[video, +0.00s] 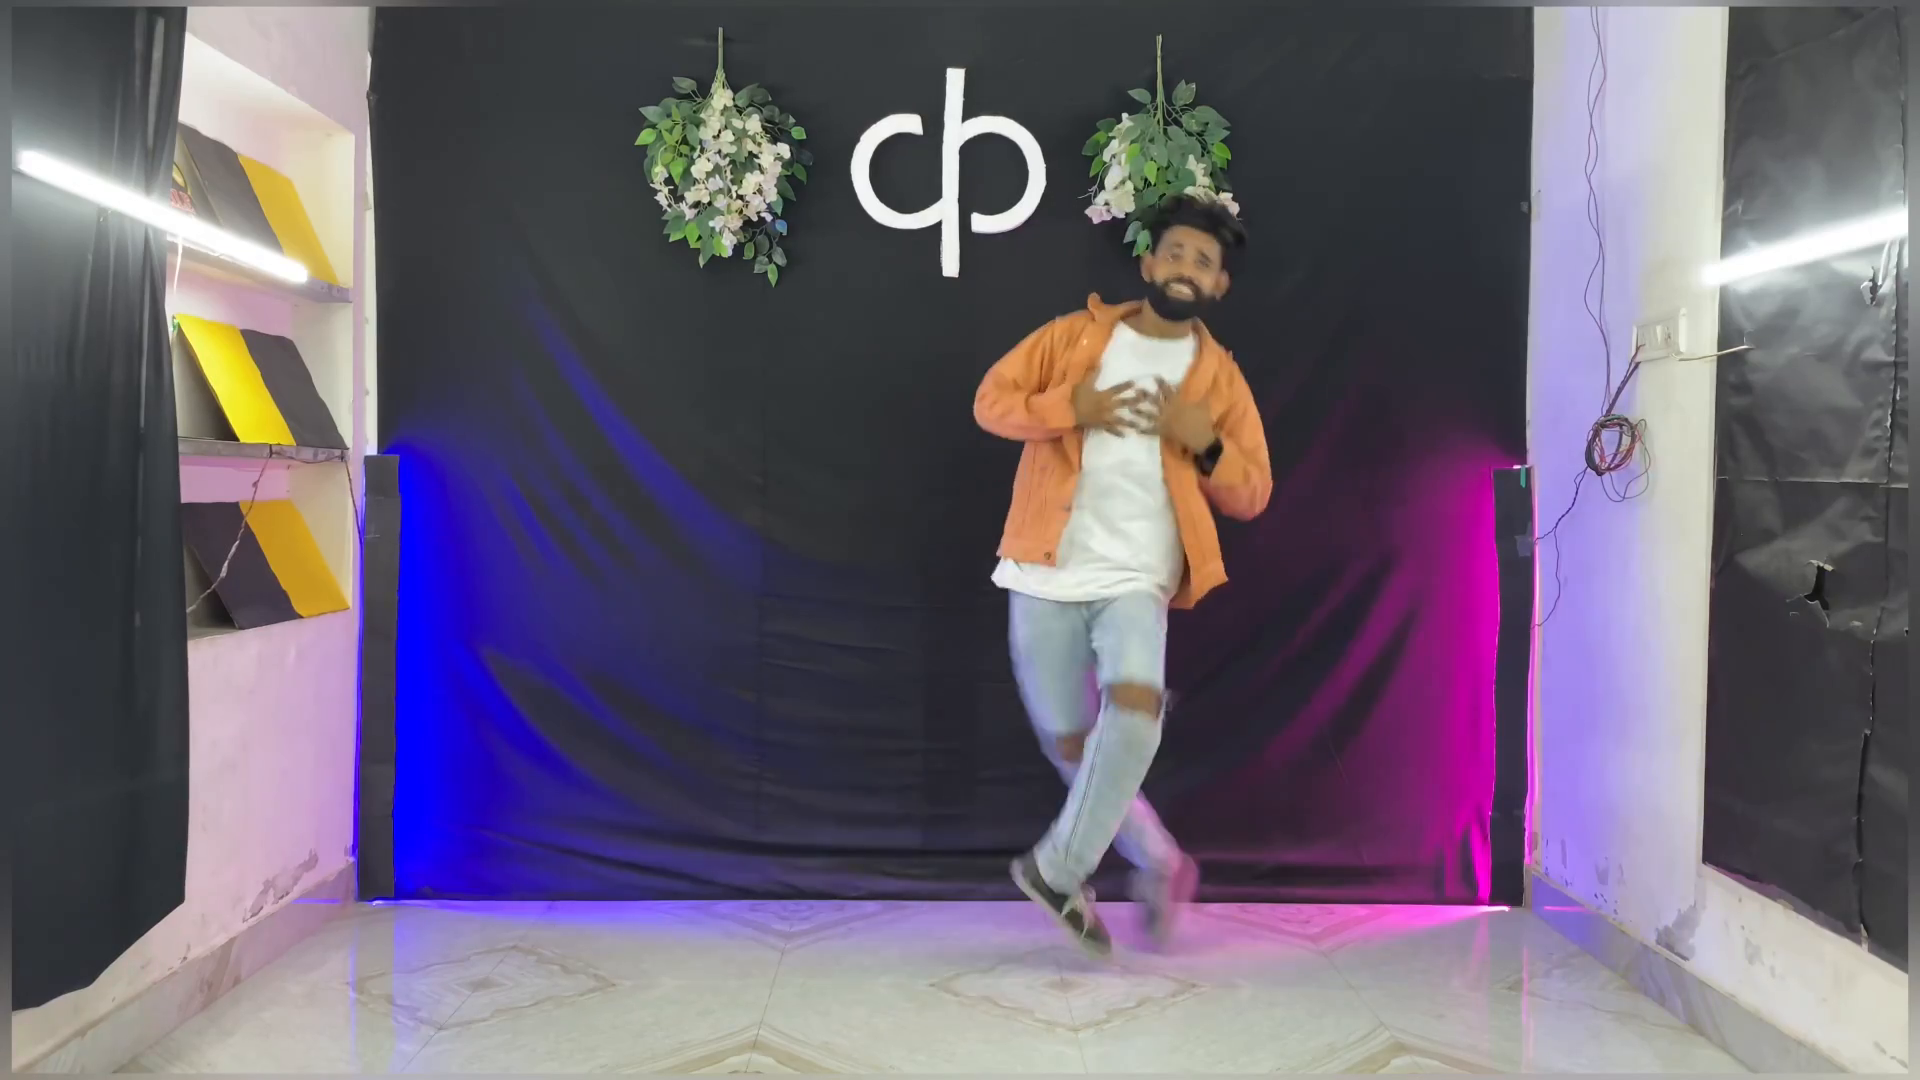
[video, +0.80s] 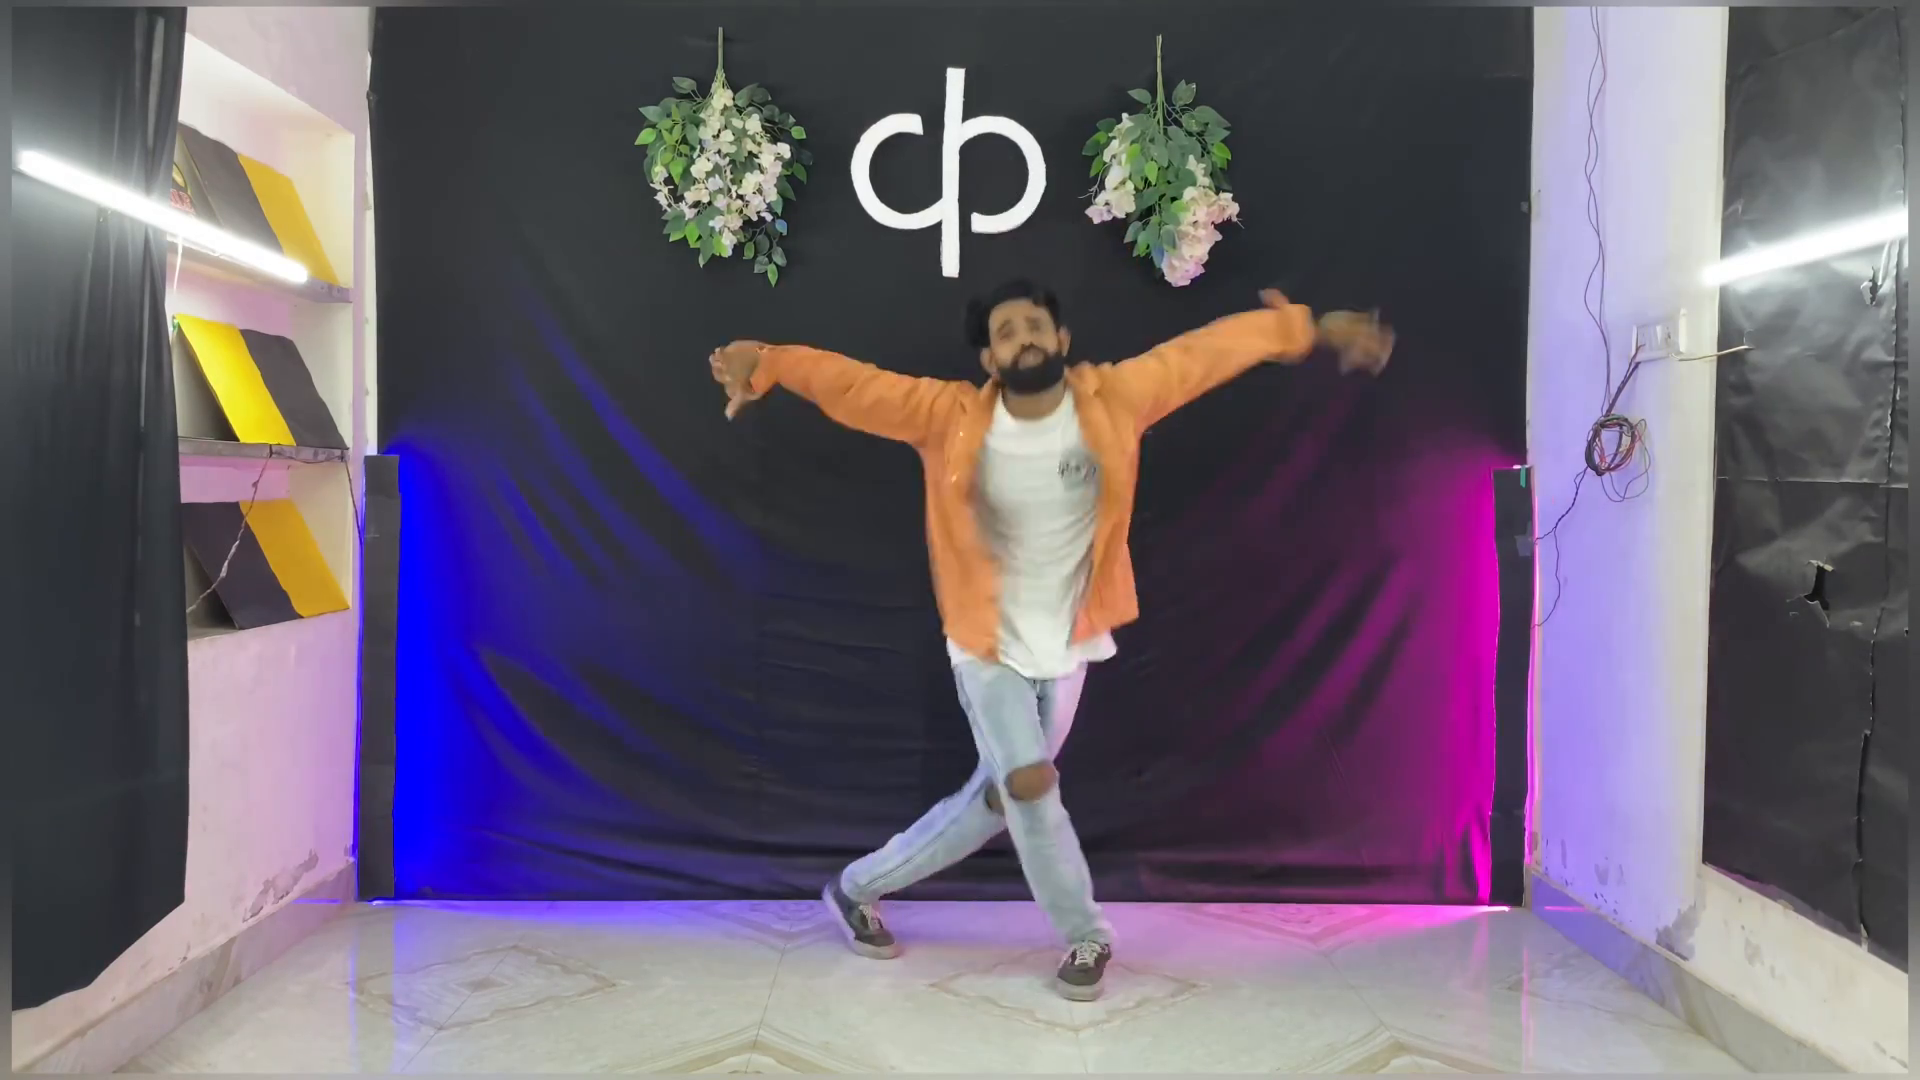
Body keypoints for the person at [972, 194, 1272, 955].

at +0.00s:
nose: (1186, 270)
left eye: (1205, 263)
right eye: (1175, 253)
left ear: (1221, 288)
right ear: (1146, 261)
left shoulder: (1218, 375)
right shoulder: (1075, 336)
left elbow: (1253, 493)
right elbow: (991, 404)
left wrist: (1209, 449)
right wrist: (1074, 408)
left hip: (1137, 575)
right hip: (1045, 570)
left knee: (1136, 712)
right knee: (1068, 741)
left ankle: (1058, 868)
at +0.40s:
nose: (1100, 261)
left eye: (1115, 251)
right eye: (1086, 252)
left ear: (1141, 270)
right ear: (1066, 274)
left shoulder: (1177, 368)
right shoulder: (1033, 353)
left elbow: (1207, 485)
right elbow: (1018, 464)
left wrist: (1169, 465)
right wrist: (1101, 395)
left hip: (1137, 596)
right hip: (1042, 580)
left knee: (1105, 753)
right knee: (1011, 710)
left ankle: (1097, 927)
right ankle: (1063, 799)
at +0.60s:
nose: (1057, 226)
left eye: (1071, 212)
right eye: (1040, 217)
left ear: (1099, 226)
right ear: (1023, 238)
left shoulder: (1144, 317)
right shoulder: (1000, 327)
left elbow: (1193, 416)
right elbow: (973, 431)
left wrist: (1246, 497)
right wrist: (953, 510)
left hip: (1095, 539)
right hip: (1007, 532)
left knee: (1068, 706)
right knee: (1004, 680)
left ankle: (1017, 861)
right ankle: (1013, 875)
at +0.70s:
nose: (1034, 280)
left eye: (1047, 264)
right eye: (1017, 270)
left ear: (1077, 276)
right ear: (997, 291)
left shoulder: (1130, 350)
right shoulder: (974, 369)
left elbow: (1241, 384)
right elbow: (885, 438)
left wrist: (1357, 387)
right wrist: (793, 445)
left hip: (1080, 590)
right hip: (992, 582)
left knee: (1029, 757)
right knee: (1008, 742)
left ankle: (886, 865)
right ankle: (1072, 919)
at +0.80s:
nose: (1021, 338)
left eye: (1033, 324)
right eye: (1005, 332)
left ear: (1062, 337)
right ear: (984, 353)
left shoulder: (1112, 397)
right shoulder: (953, 413)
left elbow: (1210, 352)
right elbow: (858, 385)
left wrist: (1313, 326)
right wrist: (765, 360)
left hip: (1067, 640)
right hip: (981, 635)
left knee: (1006, 793)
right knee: (1031, 783)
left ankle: (860, 885)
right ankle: (1084, 935)